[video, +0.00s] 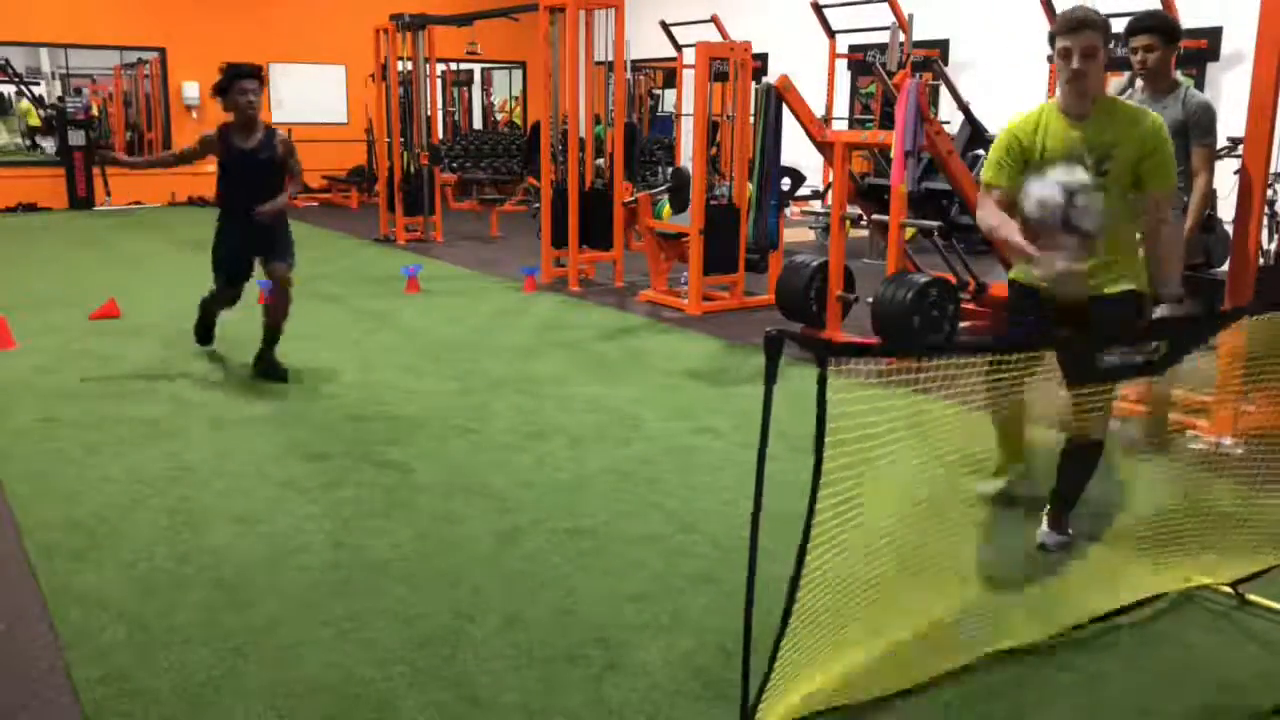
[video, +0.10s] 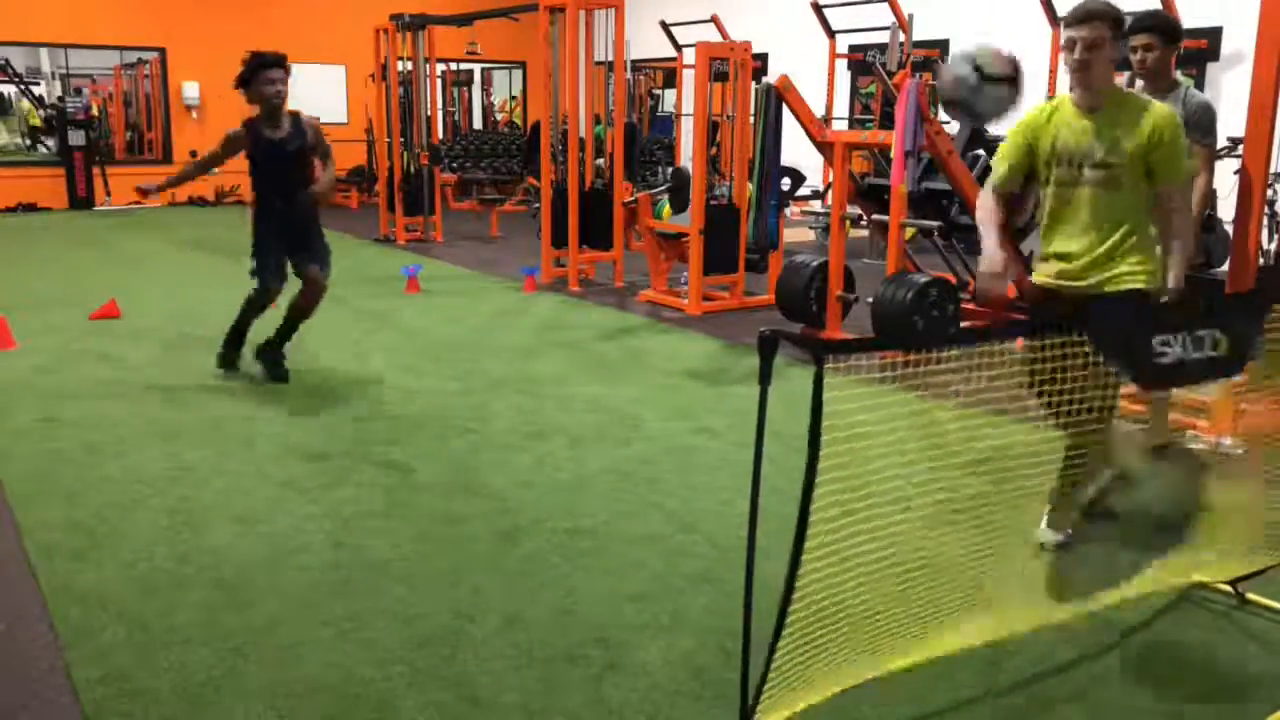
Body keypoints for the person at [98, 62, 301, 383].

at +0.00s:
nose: (251, 100)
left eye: (256, 93)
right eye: (243, 94)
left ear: (262, 98)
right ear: (228, 101)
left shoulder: (280, 144)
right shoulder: (219, 141)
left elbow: (297, 183)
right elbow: (175, 158)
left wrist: (279, 203)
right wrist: (125, 161)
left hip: (272, 223)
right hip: (234, 224)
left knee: (281, 281)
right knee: (229, 294)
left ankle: (267, 354)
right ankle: (207, 311)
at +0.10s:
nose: (278, 89)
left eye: (282, 82)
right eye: (269, 83)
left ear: (288, 87)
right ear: (251, 93)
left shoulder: (307, 128)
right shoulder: (246, 136)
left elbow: (328, 159)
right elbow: (206, 163)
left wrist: (324, 183)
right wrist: (161, 186)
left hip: (304, 220)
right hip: (269, 223)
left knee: (316, 282)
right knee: (270, 288)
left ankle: (274, 346)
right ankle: (235, 339)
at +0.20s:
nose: (314, 88)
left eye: (317, 80)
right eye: (304, 82)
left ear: (322, 85)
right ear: (285, 90)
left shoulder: (336, 126)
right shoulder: (276, 137)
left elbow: (352, 173)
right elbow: (240, 174)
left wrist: (361, 178)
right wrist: (215, 200)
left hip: (337, 216)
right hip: (301, 219)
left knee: (367, 277)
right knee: (314, 283)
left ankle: (329, 342)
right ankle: (288, 370)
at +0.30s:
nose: (356, 93)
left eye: (358, 86)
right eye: (346, 87)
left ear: (365, 92)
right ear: (327, 100)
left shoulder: (373, 139)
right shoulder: (320, 146)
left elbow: (368, 182)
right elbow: (288, 194)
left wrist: (391, 193)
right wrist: (273, 236)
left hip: (364, 232)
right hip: (330, 235)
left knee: (411, 283)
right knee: (345, 304)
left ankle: (431, 368)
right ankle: (302, 382)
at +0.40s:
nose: (397, 87)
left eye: (399, 80)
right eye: (387, 81)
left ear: (404, 86)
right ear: (366, 92)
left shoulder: (408, 133)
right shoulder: (360, 137)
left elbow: (410, 174)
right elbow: (337, 186)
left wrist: (423, 189)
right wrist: (348, 227)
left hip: (409, 232)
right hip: (376, 235)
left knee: (448, 293)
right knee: (394, 303)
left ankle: (464, 374)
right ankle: (336, 361)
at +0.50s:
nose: (426, 73)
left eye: (427, 66)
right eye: (415, 67)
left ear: (431, 73)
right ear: (394, 80)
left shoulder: (438, 121)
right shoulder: (385, 125)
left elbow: (438, 163)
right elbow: (363, 172)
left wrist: (452, 171)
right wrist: (388, 197)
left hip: (439, 220)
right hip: (407, 223)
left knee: (475, 287)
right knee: (439, 289)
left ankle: (468, 374)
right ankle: (404, 366)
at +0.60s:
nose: (454, 66)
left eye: (456, 59)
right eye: (446, 59)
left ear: (456, 64)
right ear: (425, 66)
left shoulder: (458, 112)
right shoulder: (412, 115)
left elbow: (452, 159)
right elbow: (391, 161)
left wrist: (475, 165)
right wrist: (413, 188)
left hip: (463, 209)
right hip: (434, 212)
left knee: (512, 273)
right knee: (470, 285)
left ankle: (493, 353)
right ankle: (463, 379)